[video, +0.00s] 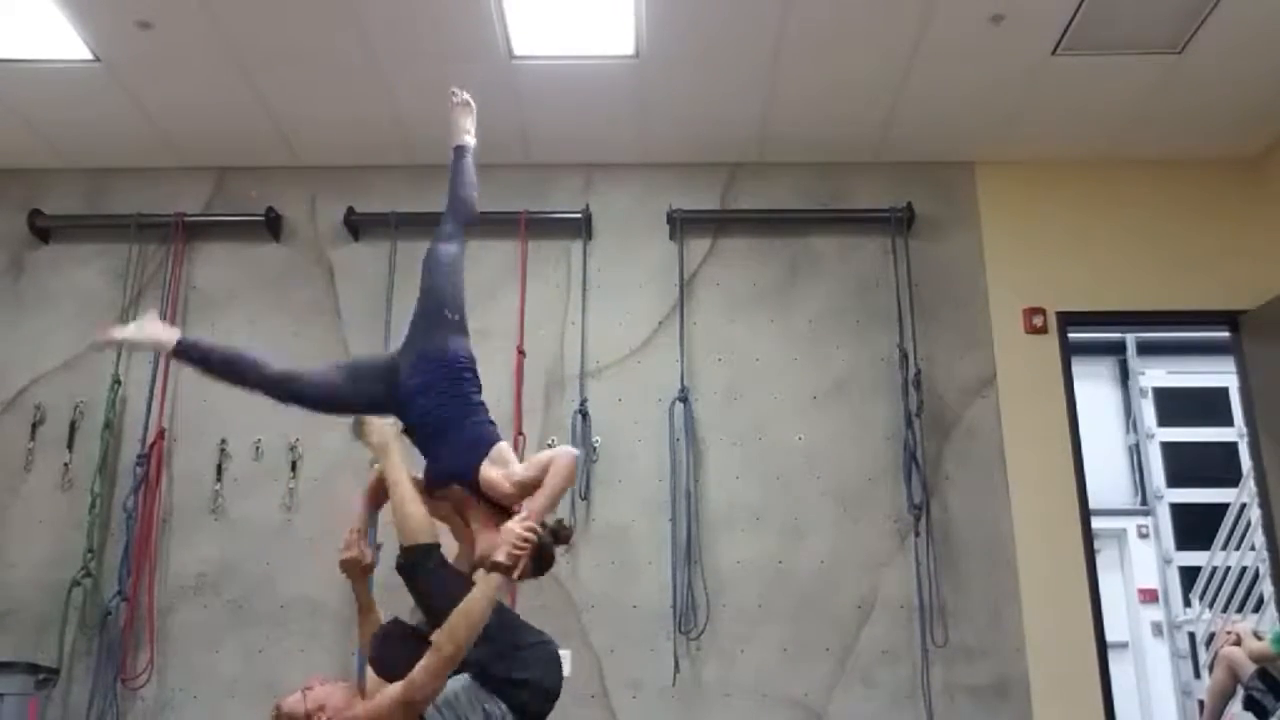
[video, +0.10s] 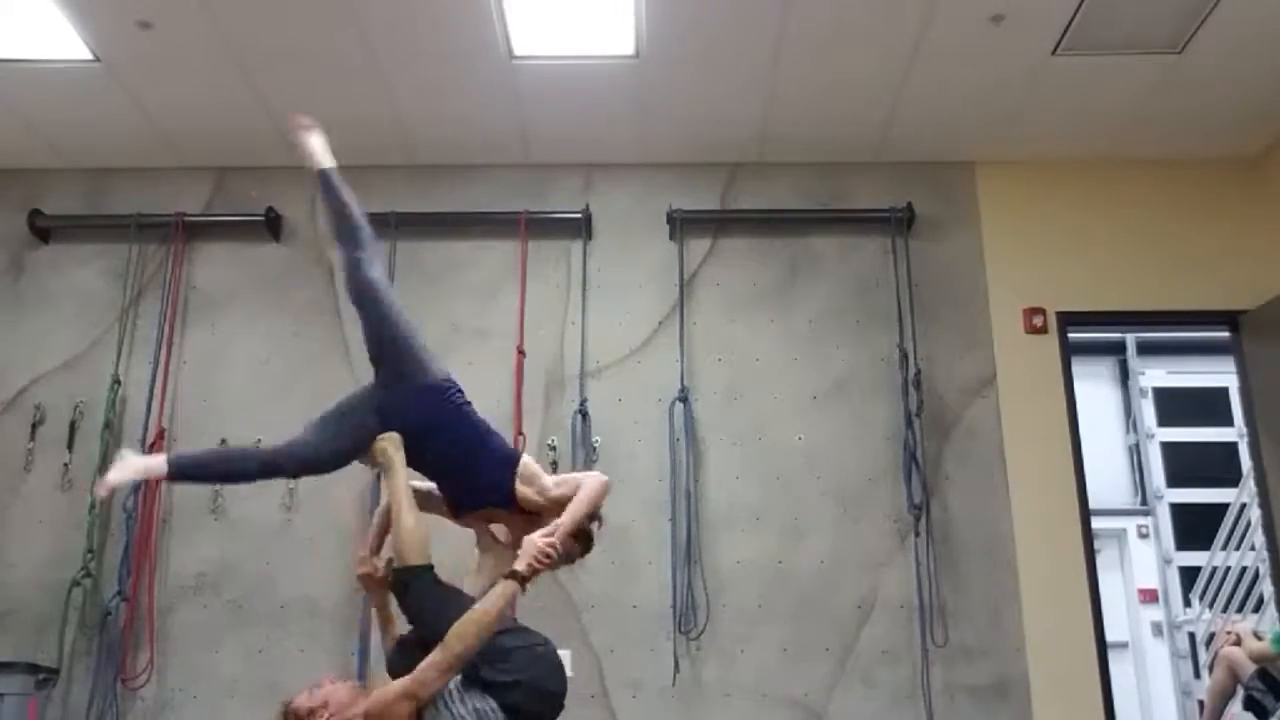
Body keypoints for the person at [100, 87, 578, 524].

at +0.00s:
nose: (519, 471)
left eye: (514, 487)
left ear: (498, 518)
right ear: (528, 522)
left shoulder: (460, 510)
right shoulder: (507, 467)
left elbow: (386, 479)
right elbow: (563, 464)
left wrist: (363, 528)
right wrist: (521, 523)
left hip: (398, 390)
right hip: (442, 348)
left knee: (281, 384)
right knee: (454, 231)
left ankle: (169, 341)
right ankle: (465, 140)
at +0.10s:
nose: (543, 546)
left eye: (554, 555)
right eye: (556, 544)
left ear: (535, 535)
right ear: (555, 514)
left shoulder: (482, 518)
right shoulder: (530, 486)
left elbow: (406, 492)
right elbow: (595, 483)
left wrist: (375, 543)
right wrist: (558, 531)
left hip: (380, 422)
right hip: (421, 390)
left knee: (283, 461)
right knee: (363, 271)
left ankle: (147, 468)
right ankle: (324, 165)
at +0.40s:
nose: (454, 504)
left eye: (455, 503)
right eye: (462, 503)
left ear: (446, 487)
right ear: (470, 486)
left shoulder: (398, 466)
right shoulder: (472, 456)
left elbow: (314, 507)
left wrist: (337, 576)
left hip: (366, 403)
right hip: (418, 379)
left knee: (375, 501)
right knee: (315, 301)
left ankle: (307, 616)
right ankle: (203, 220)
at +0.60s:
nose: (318, 704)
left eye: (310, 702)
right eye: (314, 714)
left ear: (320, 688)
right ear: (327, 714)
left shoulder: (385, 687)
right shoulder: (376, 709)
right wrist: (385, 669)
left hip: (549, 685)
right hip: (522, 696)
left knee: (480, 559)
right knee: (438, 564)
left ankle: (528, 443)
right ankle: (466, 427)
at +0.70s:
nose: (321, 678)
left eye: (308, 684)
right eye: (310, 691)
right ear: (321, 714)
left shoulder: (387, 701)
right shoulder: (378, 715)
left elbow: (403, 659)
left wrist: (390, 588)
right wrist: (453, 679)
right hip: (531, 701)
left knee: (476, 561)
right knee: (472, 562)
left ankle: (545, 460)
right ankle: (546, 459)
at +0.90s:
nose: (322, 679)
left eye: (309, 684)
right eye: (311, 692)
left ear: (333, 696)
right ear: (323, 717)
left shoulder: (393, 700)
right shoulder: (388, 716)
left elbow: (413, 657)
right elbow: (481, 715)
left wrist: (410, 585)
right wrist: (514, 690)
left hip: (524, 691)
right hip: (542, 707)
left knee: (528, 558)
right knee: (523, 556)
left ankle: (638, 485)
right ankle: (639, 484)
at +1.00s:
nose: (325, 679)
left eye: (312, 685)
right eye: (316, 691)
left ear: (336, 702)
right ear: (331, 713)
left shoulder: (397, 703)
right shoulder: (398, 714)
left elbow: (433, 677)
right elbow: (491, 716)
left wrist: (425, 603)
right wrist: (541, 693)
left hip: (527, 689)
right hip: (547, 704)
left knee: (582, 564)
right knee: (539, 552)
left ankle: (674, 511)